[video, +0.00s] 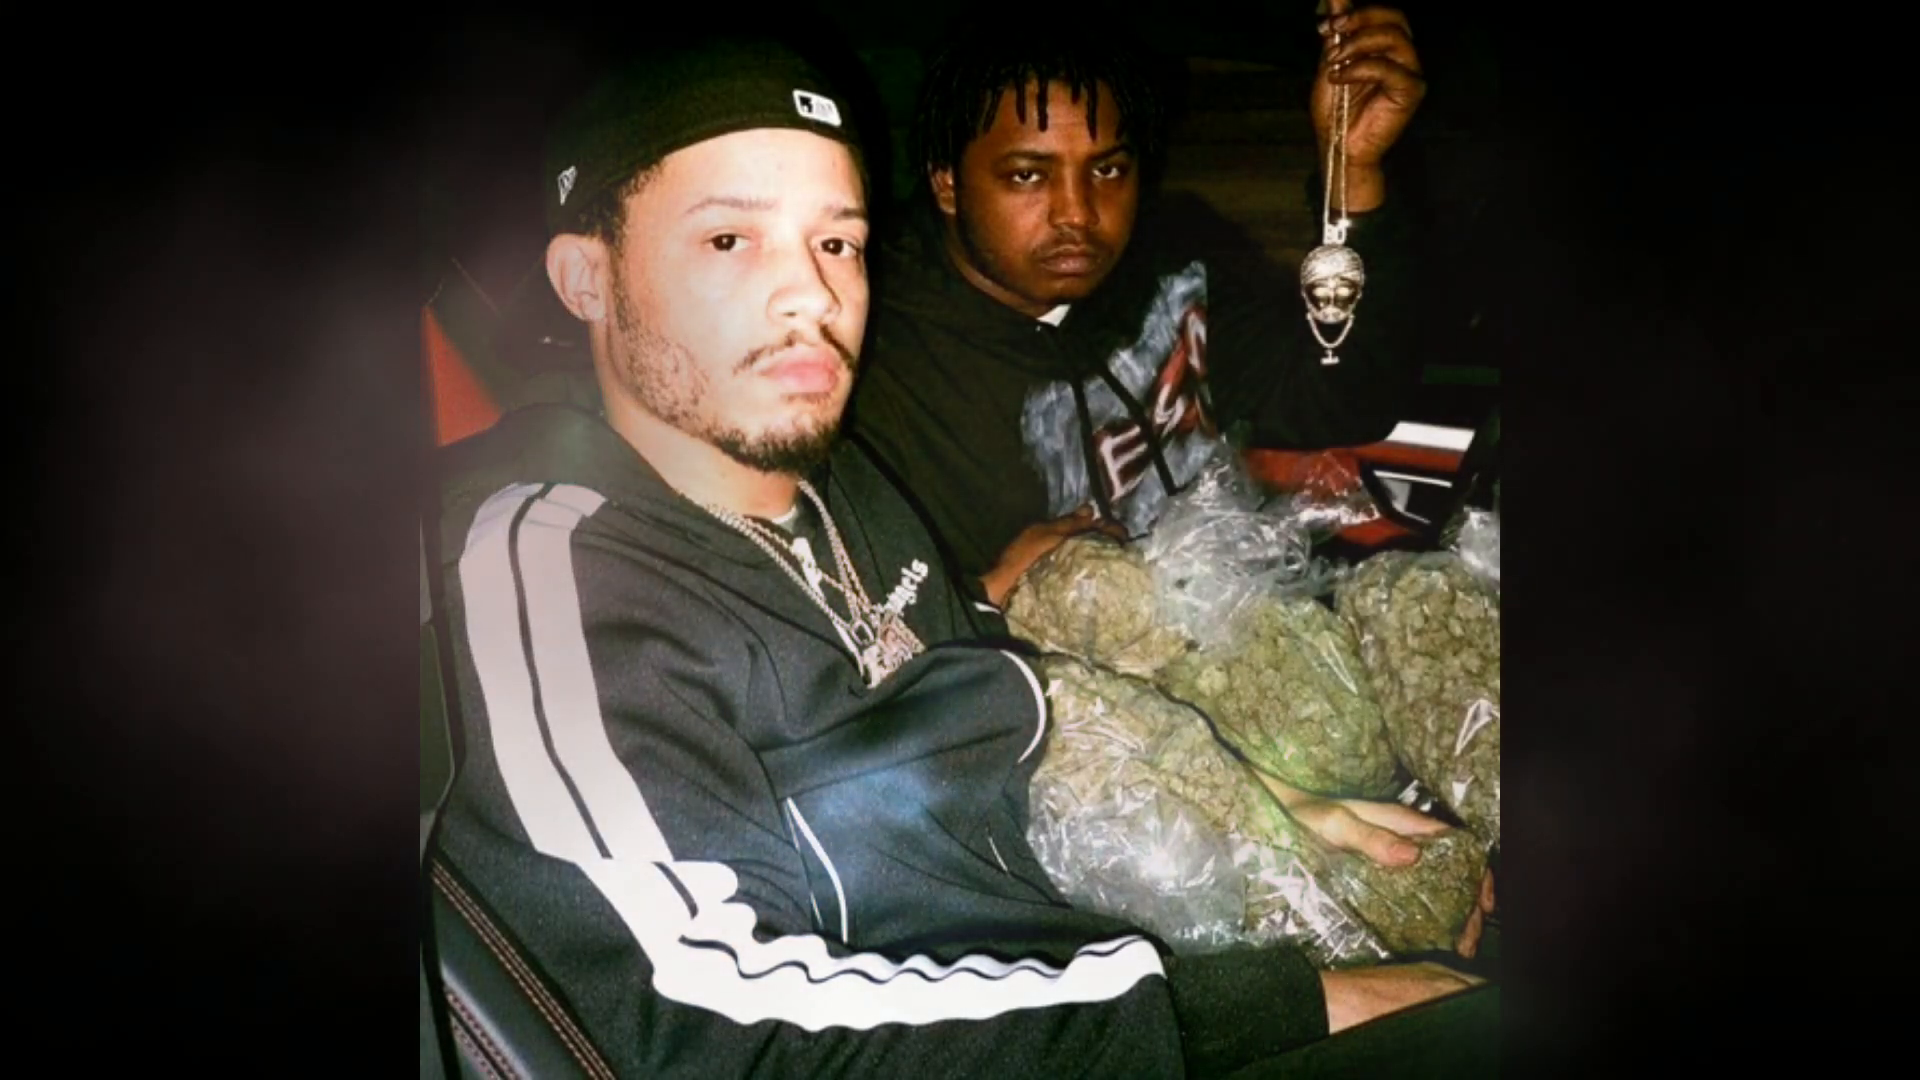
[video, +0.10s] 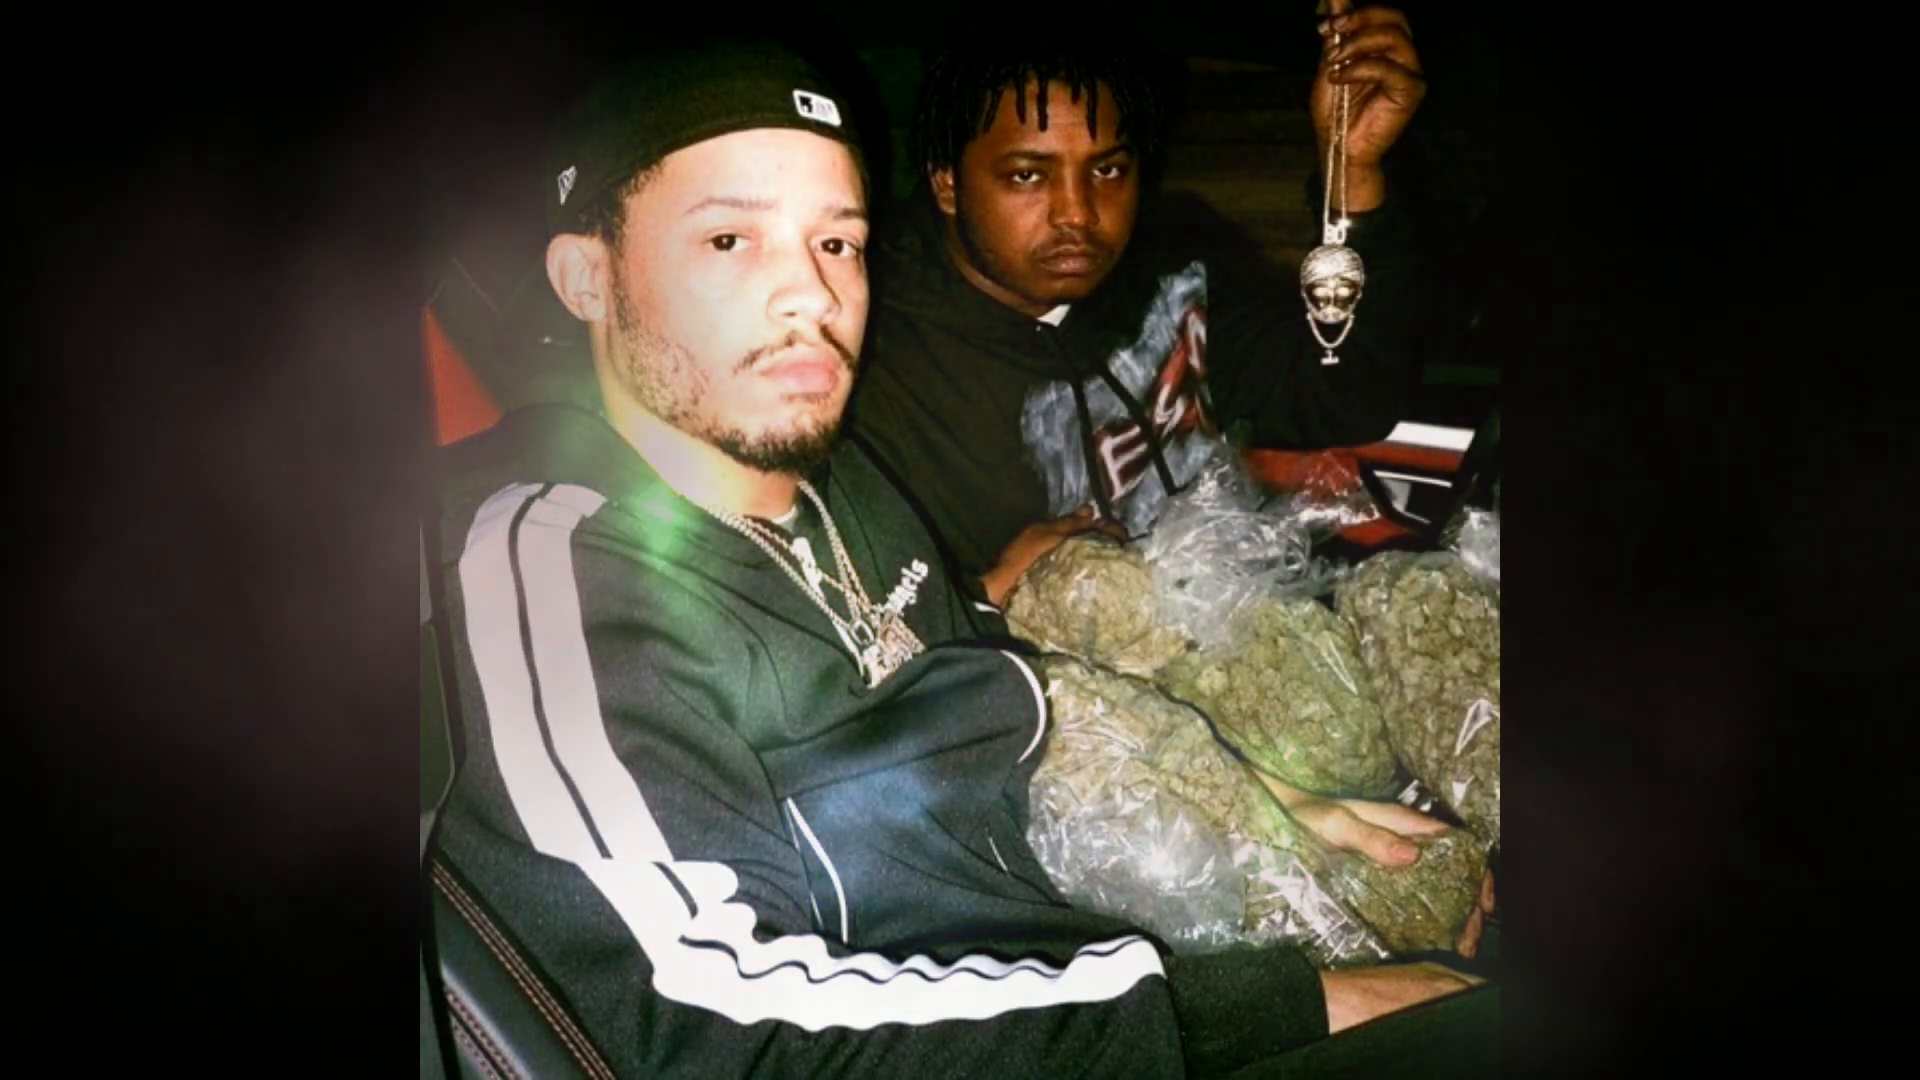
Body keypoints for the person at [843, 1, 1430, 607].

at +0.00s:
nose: (1077, 217)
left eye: (1107, 171)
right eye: (1029, 176)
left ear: (1140, 174)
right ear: (946, 187)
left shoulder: (1176, 254)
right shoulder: (890, 375)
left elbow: (1341, 409)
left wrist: (1353, 171)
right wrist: (990, 596)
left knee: (1432, 604)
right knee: (1083, 584)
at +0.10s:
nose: (1077, 217)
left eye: (1107, 171)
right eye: (1029, 176)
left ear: (1140, 173)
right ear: (946, 188)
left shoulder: (1176, 256)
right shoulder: (886, 374)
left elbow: (1349, 408)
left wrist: (1353, 171)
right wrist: (990, 596)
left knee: (1431, 603)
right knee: (1083, 584)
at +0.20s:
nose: (1077, 217)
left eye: (1107, 171)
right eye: (1028, 176)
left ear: (1140, 174)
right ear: (945, 187)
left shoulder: (1175, 267)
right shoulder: (884, 373)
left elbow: (1351, 407)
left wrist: (1353, 171)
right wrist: (988, 596)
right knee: (1084, 585)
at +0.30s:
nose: (1077, 217)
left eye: (1107, 171)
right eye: (1029, 176)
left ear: (1140, 175)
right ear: (945, 188)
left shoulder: (1173, 271)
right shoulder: (886, 374)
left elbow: (1350, 406)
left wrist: (1353, 172)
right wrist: (990, 596)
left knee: (1426, 601)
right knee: (1082, 583)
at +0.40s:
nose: (1077, 216)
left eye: (1107, 171)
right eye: (1028, 176)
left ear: (1140, 174)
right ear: (945, 187)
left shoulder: (1175, 271)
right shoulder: (887, 373)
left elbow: (1340, 408)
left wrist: (1353, 172)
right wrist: (989, 596)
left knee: (1428, 603)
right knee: (1084, 583)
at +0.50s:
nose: (1077, 216)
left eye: (1108, 171)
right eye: (1029, 175)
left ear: (1140, 175)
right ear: (945, 187)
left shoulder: (1176, 268)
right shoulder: (889, 371)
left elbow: (1343, 411)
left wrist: (1353, 173)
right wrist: (989, 597)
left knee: (1428, 603)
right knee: (1083, 584)